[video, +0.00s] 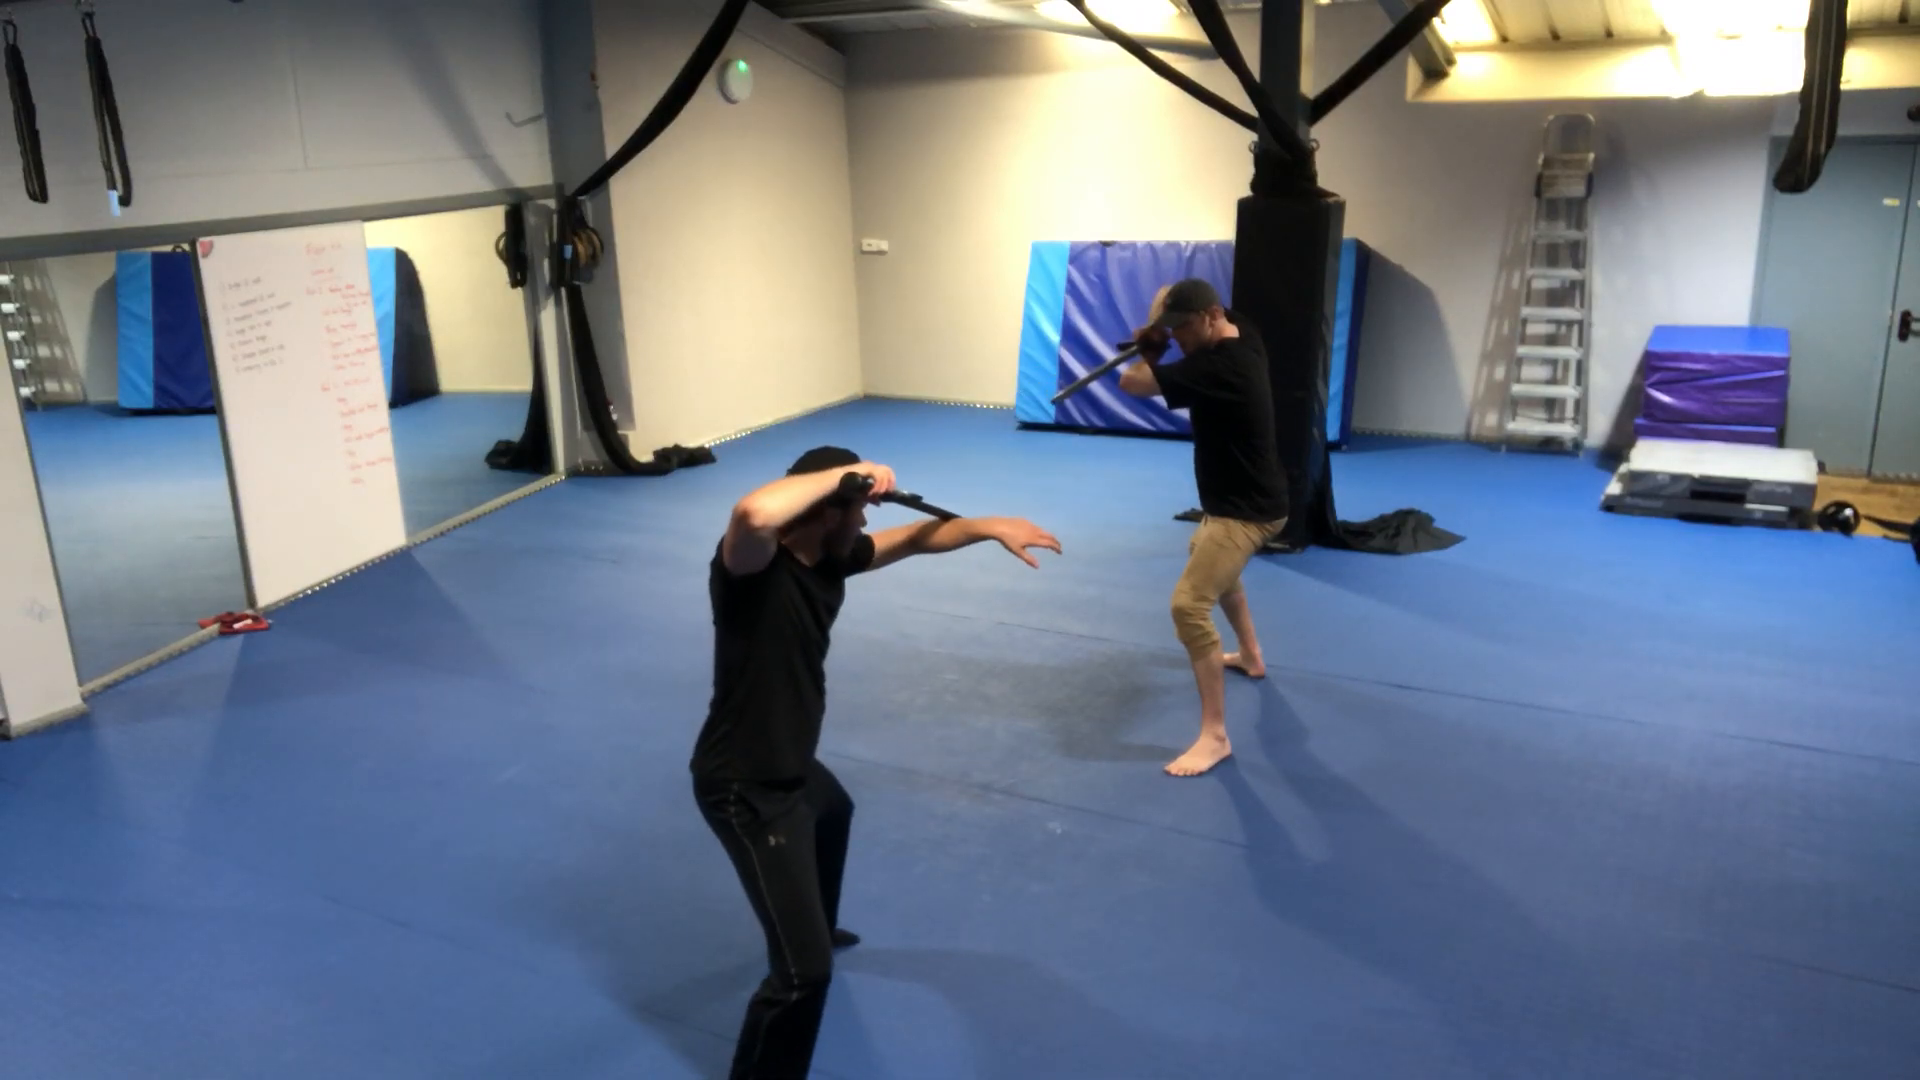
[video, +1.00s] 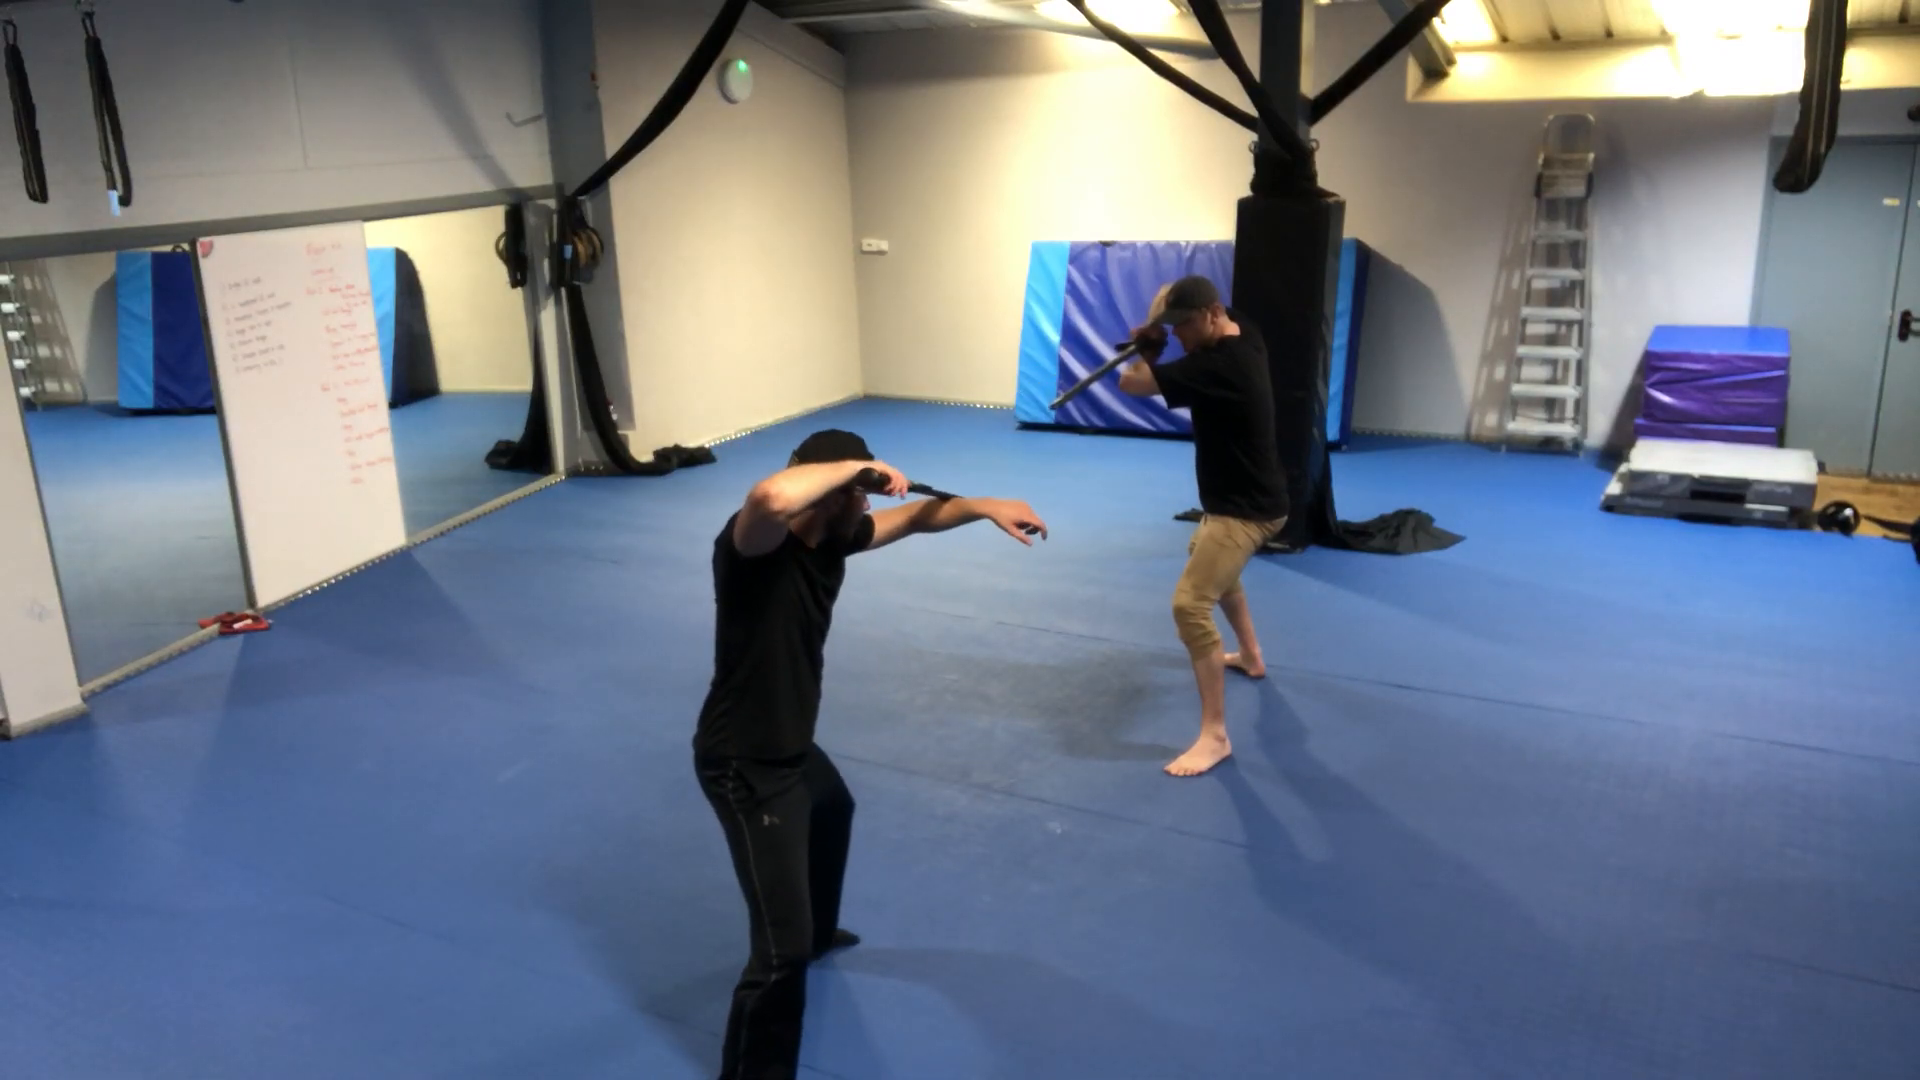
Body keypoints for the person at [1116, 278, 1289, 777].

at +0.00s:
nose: (1179, 342)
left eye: (1183, 334)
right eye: (1176, 334)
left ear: (1210, 319)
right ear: (1213, 318)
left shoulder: (1217, 365)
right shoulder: (1240, 342)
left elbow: (1133, 382)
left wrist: (1152, 352)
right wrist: (1156, 326)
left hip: (1245, 512)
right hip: (1233, 502)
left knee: (1191, 608)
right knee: (1206, 555)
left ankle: (1214, 734)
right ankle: (1250, 653)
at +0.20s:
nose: (1177, 340)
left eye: (1182, 331)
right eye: (1174, 331)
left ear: (1209, 319)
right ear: (1212, 318)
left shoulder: (1215, 365)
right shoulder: (1240, 340)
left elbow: (1132, 381)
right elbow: (1174, 295)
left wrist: (1150, 351)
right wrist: (1154, 327)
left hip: (1244, 512)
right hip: (1233, 502)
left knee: (1190, 607)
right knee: (1206, 554)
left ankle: (1214, 734)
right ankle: (1250, 653)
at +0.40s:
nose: (1178, 340)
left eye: (1181, 332)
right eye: (1175, 332)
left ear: (1208, 319)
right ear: (1211, 317)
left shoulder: (1215, 365)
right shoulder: (1239, 340)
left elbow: (1131, 381)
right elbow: (1175, 296)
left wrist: (1149, 350)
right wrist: (1153, 326)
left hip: (1244, 512)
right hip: (1234, 501)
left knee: (1190, 607)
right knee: (1207, 556)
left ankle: (1214, 734)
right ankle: (1250, 653)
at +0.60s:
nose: (1178, 341)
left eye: (1181, 332)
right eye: (1175, 332)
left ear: (1207, 319)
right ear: (1212, 316)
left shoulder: (1215, 365)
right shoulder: (1242, 341)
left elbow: (1131, 381)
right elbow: (1176, 295)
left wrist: (1149, 350)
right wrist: (1154, 326)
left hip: (1245, 512)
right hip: (1235, 501)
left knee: (1191, 607)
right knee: (1207, 556)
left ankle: (1214, 734)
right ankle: (1249, 653)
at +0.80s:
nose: (1179, 340)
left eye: (1183, 332)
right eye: (1176, 332)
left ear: (1210, 319)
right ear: (1213, 317)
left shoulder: (1215, 365)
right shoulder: (1243, 341)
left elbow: (1132, 381)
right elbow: (1176, 296)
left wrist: (1150, 349)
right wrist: (1155, 325)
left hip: (1244, 512)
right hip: (1235, 501)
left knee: (1191, 607)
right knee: (1208, 557)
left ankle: (1214, 734)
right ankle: (1250, 653)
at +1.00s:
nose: (1179, 337)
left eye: (1183, 329)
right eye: (1175, 329)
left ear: (1211, 317)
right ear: (1213, 317)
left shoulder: (1218, 364)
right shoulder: (1240, 340)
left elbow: (1133, 381)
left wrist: (1150, 347)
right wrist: (1155, 326)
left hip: (1244, 511)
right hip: (1236, 501)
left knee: (1192, 608)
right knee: (1208, 558)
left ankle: (1214, 734)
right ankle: (1250, 653)